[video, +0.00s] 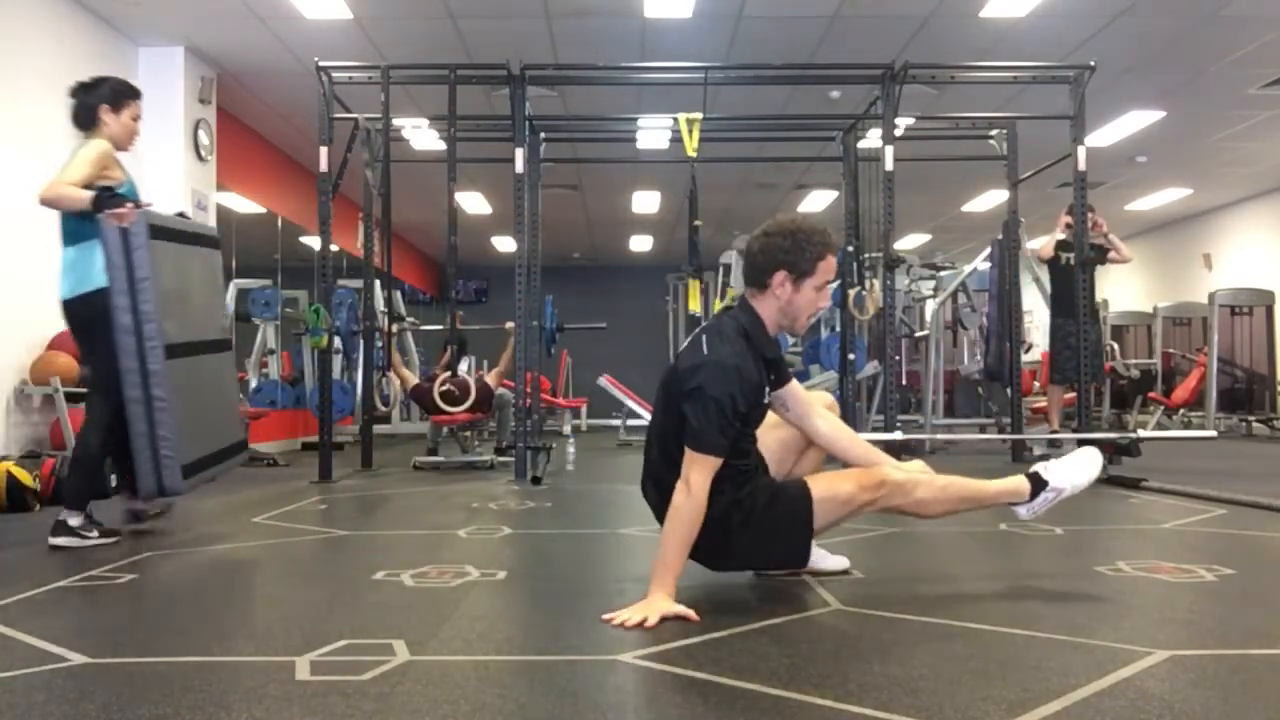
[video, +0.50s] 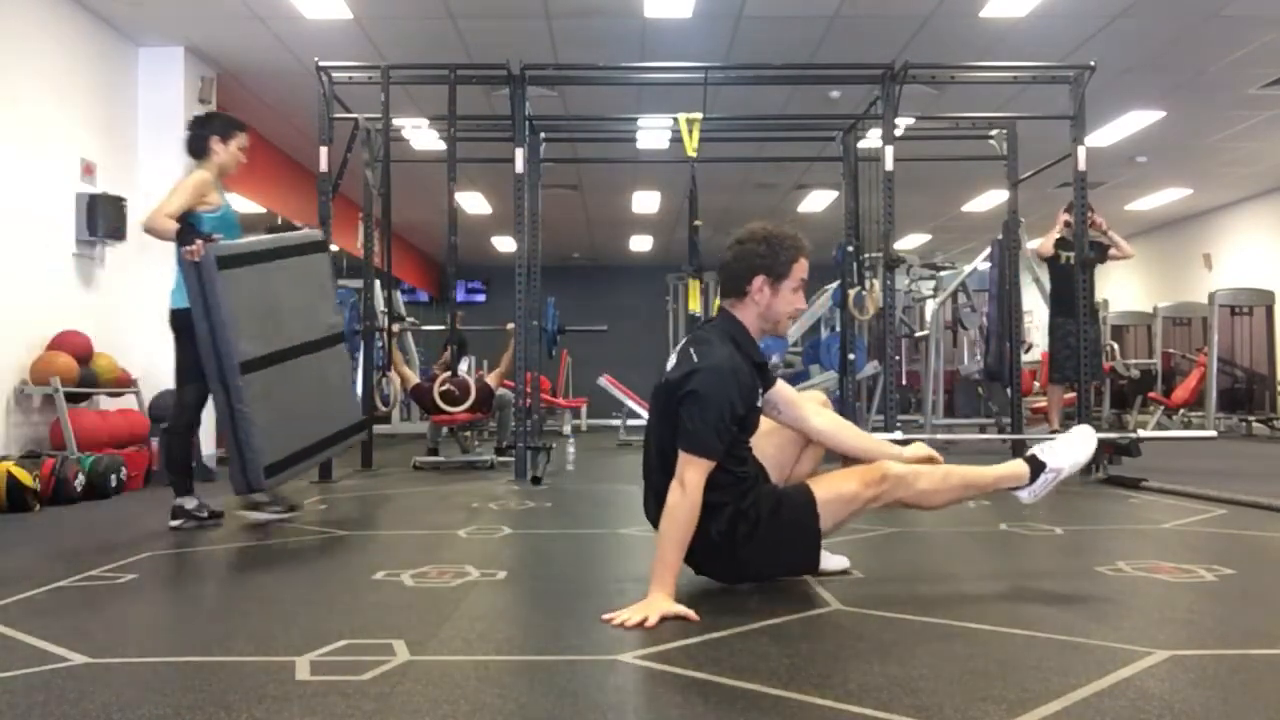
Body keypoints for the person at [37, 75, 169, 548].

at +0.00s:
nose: (138, 127)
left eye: (139, 118)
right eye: (133, 117)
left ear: (104, 115)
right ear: (106, 114)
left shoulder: (104, 158)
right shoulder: (97, 149)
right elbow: (52, 193)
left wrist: (131, 209)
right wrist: (102, 205)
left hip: (101, 294)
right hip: (94, 294)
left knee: (122, 396)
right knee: (108, 397)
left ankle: (136, 500)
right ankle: (72, 515)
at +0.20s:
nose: (181, 146)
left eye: (183, 138)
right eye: (177, 136)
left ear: (150, 136)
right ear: (152, 134)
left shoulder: (152, 176)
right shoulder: (145, 169)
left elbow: (122, 221)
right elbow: (104, 211)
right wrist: (146, 220)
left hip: (149, 304)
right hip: (148, 305)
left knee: (164, 407)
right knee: (167, 407)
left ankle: (182, 503)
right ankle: (106, 486)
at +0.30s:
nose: (204, 152)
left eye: (205, 143)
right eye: (200, 141)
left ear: (177, 139)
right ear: (173, 137)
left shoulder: (174, 179)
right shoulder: (163, 172)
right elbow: (120, 214)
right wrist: (158, 226)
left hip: (168, 299)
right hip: (162, 300)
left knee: (170, 393)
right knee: (173, 390)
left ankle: (179, 499)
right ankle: (153, 475)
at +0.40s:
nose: (224, 152)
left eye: (225, 144)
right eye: (220, 143)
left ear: (199, 142)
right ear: (195, 139)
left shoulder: (197, 183)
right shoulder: (180, 175)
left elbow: (214, 235)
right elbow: (136, 215)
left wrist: (267, 222)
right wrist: (170, 228)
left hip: (194, 304)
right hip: (176, 305)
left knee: (190, 396)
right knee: (182, 396)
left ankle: (189, 495)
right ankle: (181, 495)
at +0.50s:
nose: (244, 157)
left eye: (245, 150)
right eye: (240, 148)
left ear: (217, 147)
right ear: (216, 145)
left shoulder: (215, 189)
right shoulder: (199, 181)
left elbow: (234, 230)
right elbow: (154, 220)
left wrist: (280, 225)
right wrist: (186, 236)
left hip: (216, 308)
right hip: (194, 309)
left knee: (238, 396)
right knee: (190, 400)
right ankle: (182, 497)